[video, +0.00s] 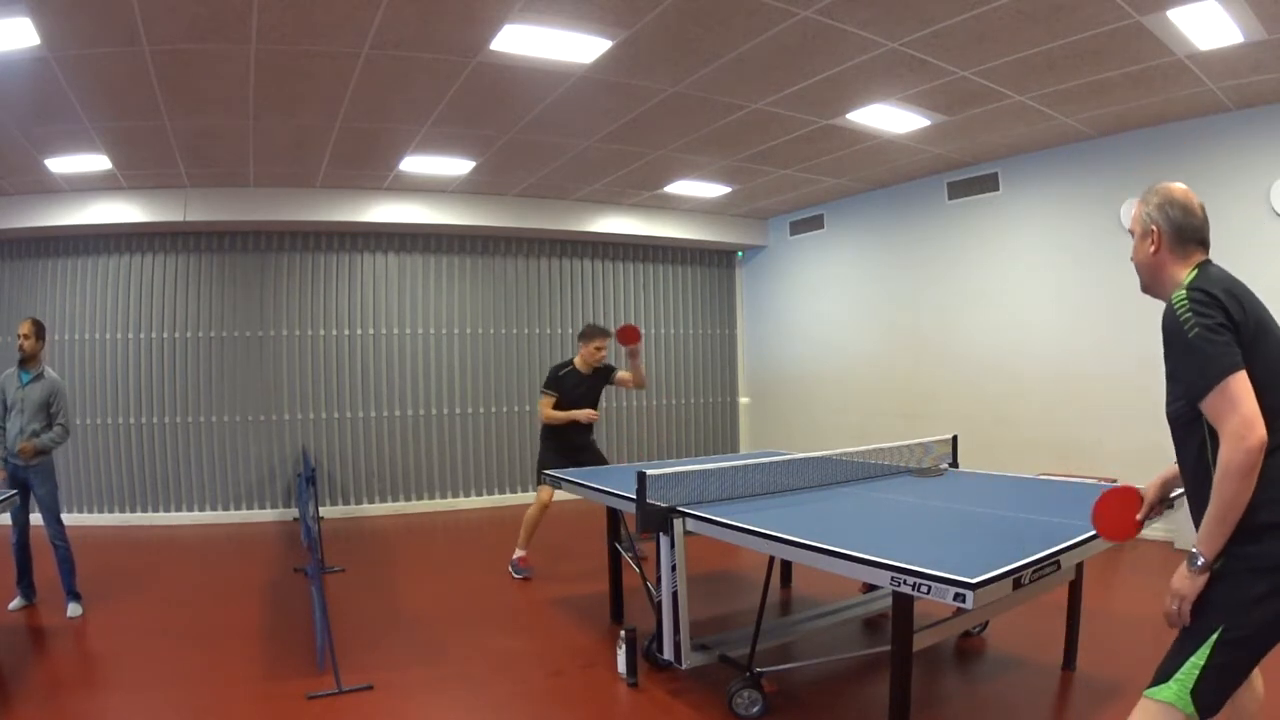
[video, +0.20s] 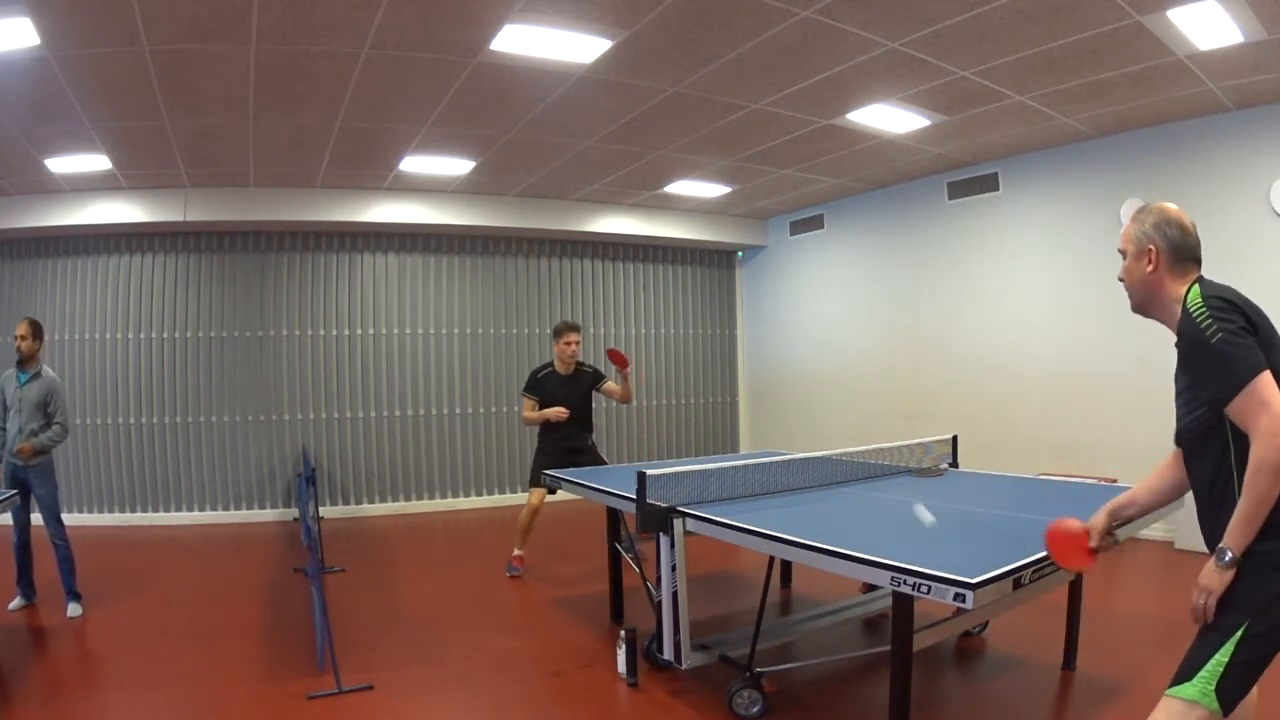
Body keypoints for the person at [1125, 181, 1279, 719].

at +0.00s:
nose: (1129, 253)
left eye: (1132, 237)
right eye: (1130, 238)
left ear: (1153, 240)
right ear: (1190, 237)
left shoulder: (1190, 306)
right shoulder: (1224, 292)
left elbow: (1244, 437)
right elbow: (1246, 423)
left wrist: (1198, 561)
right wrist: (1171, 481)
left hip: (1257, 554)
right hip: (1268, 542)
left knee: (1160, 707)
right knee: (1235, 670)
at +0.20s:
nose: (1118, 273)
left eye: (1124, 257)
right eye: (1119, 257)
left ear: (1151, 260)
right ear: (1157, 260)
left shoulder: (1207, 319)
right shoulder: (1199, 323)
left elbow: (1272, 428)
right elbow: (1192, 456)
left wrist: (1225, 556)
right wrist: (1112, 513)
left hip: (1267, 563)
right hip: (1260, 559)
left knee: (1181, 709)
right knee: (1197, 703)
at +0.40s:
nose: (1100, 236)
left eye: (1106, 218)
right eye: (1102, 220)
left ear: (1139, 223)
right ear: (1144, 224)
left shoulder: (1204, 287)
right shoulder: (1172, 317)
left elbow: (1278, 403)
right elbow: (1144, 435)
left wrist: (1238, 541)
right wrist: (1056, 440)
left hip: (1261, 556)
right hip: (1239, 554)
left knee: (1175, 712)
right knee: (1197, 709)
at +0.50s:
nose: (1093, 220)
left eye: (1097, 203)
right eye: (1093, 204)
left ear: (1126, 206)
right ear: (1133, 207)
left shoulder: (1192, 275)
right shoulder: (1175, 285)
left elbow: (1274, 399)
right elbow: (1170, 420)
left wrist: (1221, 545)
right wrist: (1072, 423)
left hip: (1252, 562)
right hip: (1238, 558)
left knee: (1175, 713)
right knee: (1192, 710)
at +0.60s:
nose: (1090, 215)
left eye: (1094, 196)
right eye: (1091, 197)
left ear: (1121, 199)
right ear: (1138, 198)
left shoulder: (1182, 275)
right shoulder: (1186, 269)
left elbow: (1256, 405)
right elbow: (1195, 415)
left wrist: (1194, 554)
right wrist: (1096, 427)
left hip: (1244, 566)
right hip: (1248, 559)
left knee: (1169, 712)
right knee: (1188, 708)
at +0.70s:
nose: (1098, 210)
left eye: (1100, 193)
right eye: (1098, 195)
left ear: (1122, 194)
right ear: (1167, 193)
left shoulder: (1174, 268)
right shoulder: (1201, 256)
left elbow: (1236, 410)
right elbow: (1227, 408)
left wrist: (1170, 556)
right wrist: (1135, 437)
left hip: (1242, 556)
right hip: (1257, 546)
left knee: (1169, 711)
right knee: (1195, 706)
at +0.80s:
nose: (1111, 207)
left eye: (1113, 191)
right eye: (1112, 192)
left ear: (1134, 194)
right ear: (1180, 192)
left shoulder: (1170, 269)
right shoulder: (1215, 256)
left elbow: (1220, 410)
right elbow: (1250, 391)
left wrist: (1163, 550)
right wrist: (1164, 441)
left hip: (1240, 549)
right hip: (1264, 535)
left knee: (1163, 711)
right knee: (1244, 679)